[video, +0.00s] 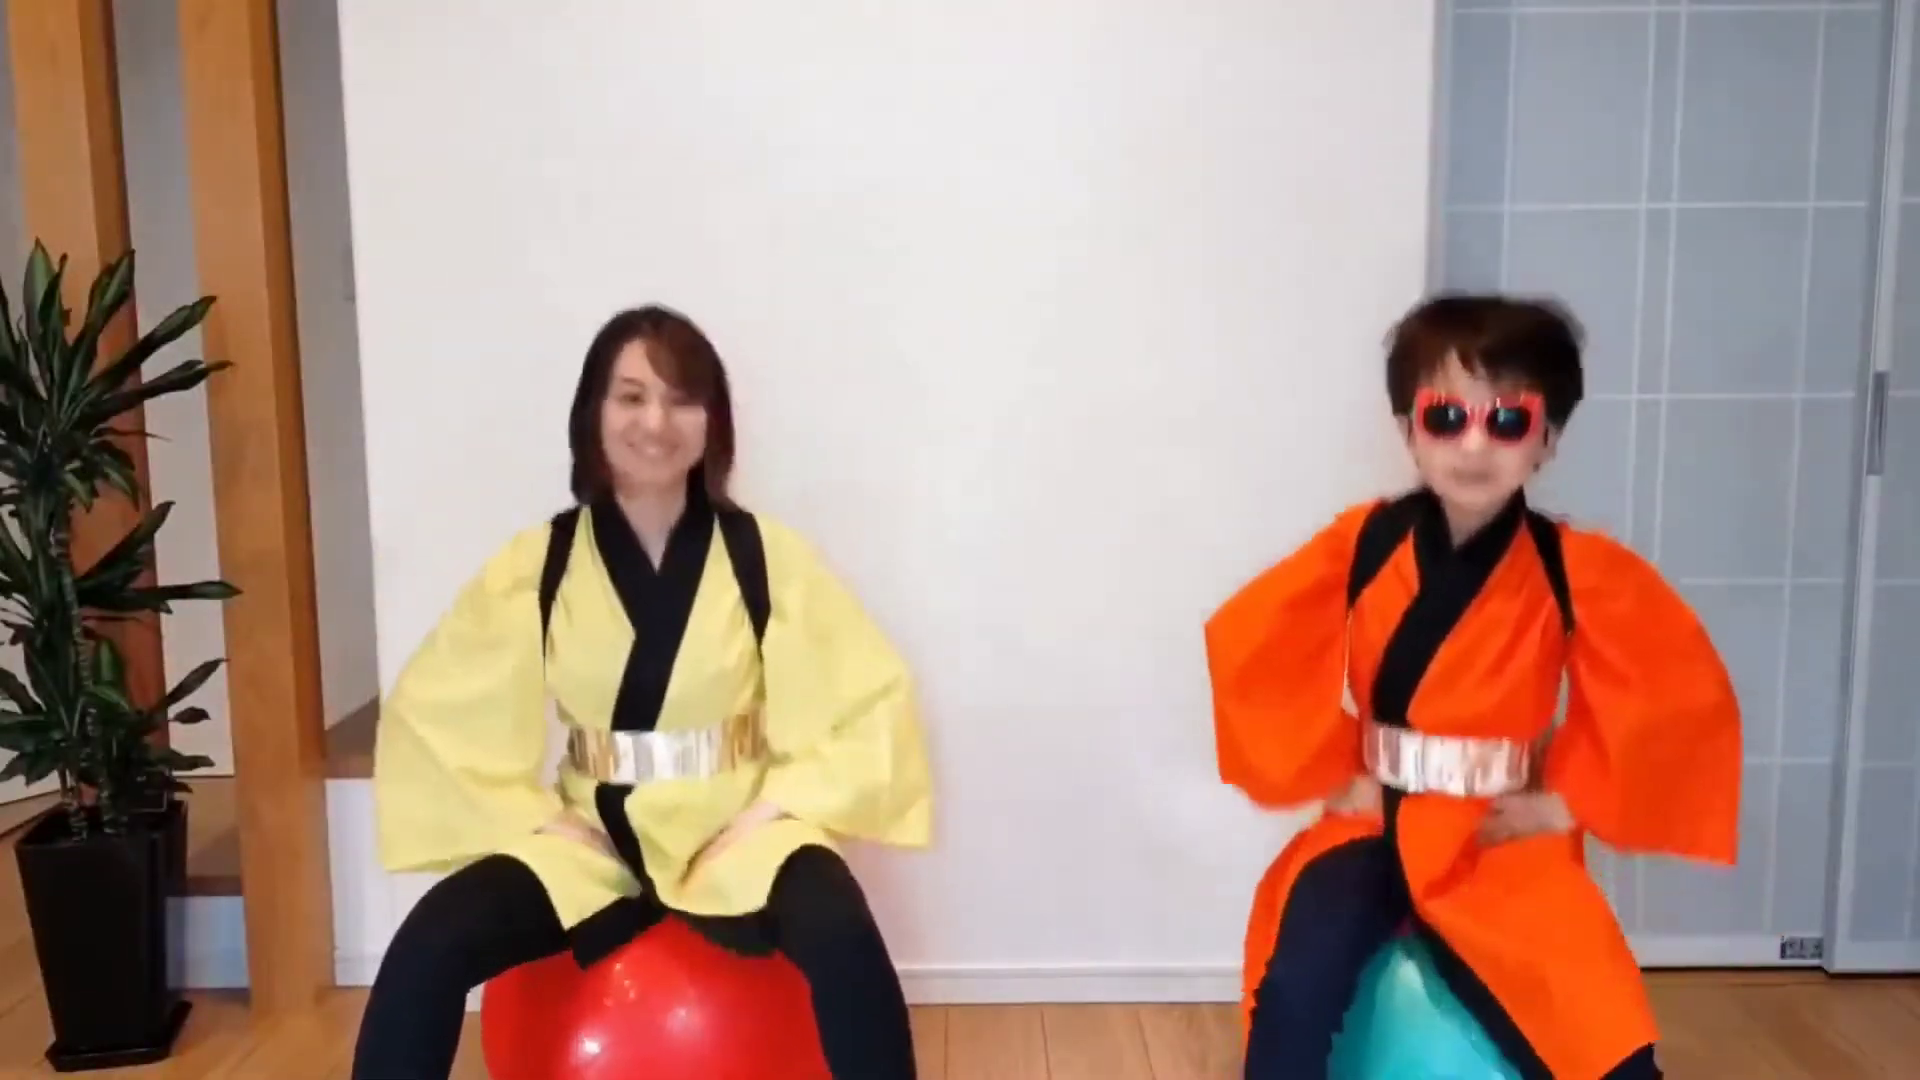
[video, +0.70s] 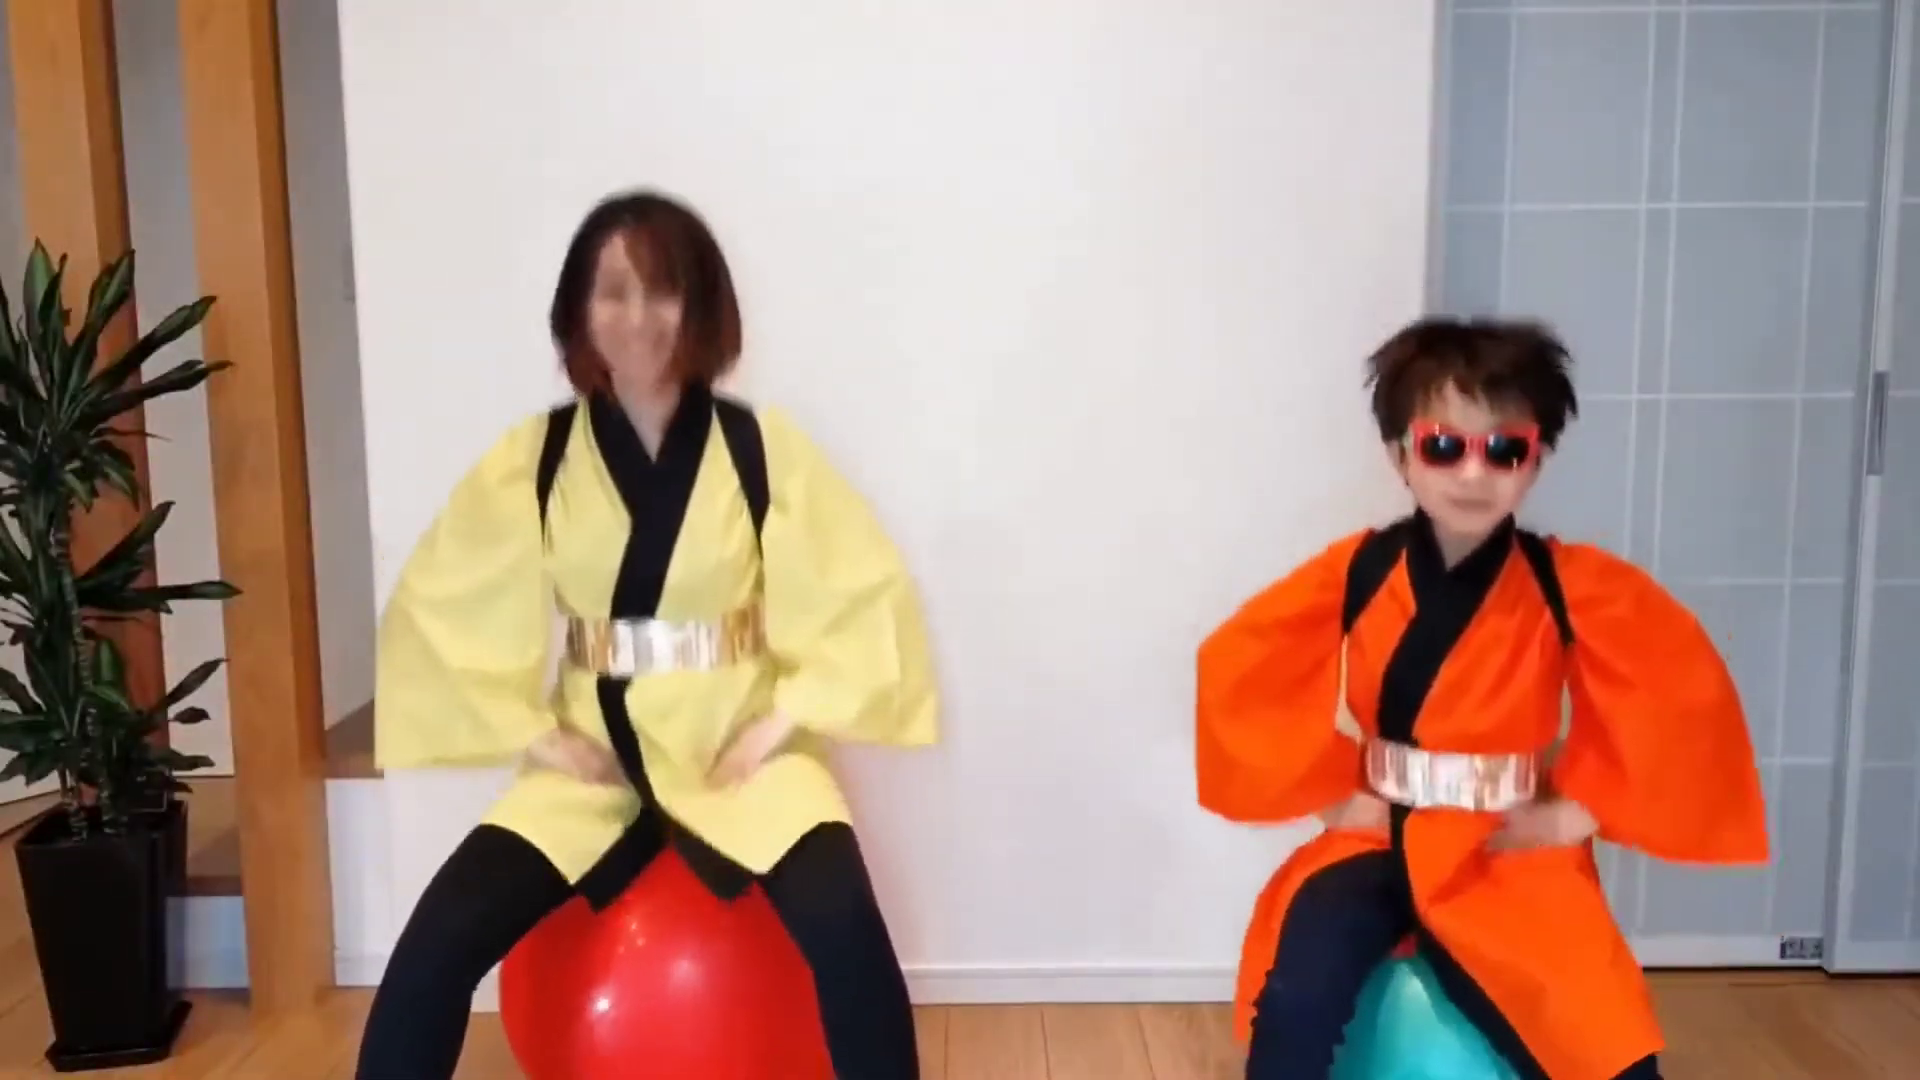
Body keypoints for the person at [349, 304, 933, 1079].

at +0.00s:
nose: (655, 421)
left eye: (680, 400)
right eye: (630, 398)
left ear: (711, 422)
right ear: (592, 415)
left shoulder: (764, 556)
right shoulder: (540, 561)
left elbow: (874, 707)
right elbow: (426, 706)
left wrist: (778, 806)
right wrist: (531, 811)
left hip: (736, 847)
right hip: (589, 851)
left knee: (831, 906)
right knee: (437, 933)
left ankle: (883, 1075)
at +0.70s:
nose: (636, 316)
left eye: (662, 290)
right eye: (613, 292)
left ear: (699, 308)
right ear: (580, 312)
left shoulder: (762, 451)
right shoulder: (535, 455)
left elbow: (869, 602)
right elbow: (434, 610)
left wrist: (778, 719)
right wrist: (543, 737)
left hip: (750, 755)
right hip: (589, 760)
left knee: (848, 934)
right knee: (431, 951)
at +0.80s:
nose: (641, 277)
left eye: (670, 254)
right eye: (616, 251)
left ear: (706, 274)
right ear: (578, 269)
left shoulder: (763, 416)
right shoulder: (529, 423)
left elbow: (871, 557)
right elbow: (428, 575)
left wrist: (783, 680)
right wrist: (533, 694)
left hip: (748, 728)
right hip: (584, 735)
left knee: (849, 926)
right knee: (441, 949)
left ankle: (887, 1078)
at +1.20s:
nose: (641, 359)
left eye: (666, 333)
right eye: (614, 338)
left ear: (704, 349)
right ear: (583, 362)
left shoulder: (768, 493)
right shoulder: (543, 506)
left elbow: (870, 642)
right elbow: (436, 660)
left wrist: (784, 761)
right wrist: (553, 777)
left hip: (752, 793)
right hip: (593, 803)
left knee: (850, 933)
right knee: (440, 947)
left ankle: (884, 1071)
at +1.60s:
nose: (645, 447)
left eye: (670, 420)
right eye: (619, 424)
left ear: (707, 430)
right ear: (586, 438)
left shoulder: (772, 554)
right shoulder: (545, 564)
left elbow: (882, 688)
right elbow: (438, 706)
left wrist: (784, 798)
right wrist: (541, 810)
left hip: (748, 837)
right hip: (596, 845)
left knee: (844, 914)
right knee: (445, 940)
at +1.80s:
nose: (634, 333)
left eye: (658, 308)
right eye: (610, 311)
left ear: (696, 324)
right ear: (578, 332)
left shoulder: (767, 463)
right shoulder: (539, 471)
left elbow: (874, 612)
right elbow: (442, 626)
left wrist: (785, 734)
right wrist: (550, 750)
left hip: (757, 765)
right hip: (598, 772)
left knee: (860, 933)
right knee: (438, 949)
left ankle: (887, 1075)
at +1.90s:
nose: (639, 278)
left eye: (667, 254)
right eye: (614, 250)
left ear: (702, 274)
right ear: (575, 268)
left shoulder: (764, 410)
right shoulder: (532, 420)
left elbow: (887, 552)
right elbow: (433, 574)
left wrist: (796, 676)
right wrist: (534, 695)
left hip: (757, 727)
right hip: (592, 735)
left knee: (860, 928)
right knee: (445, 951)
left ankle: (892, 1079)